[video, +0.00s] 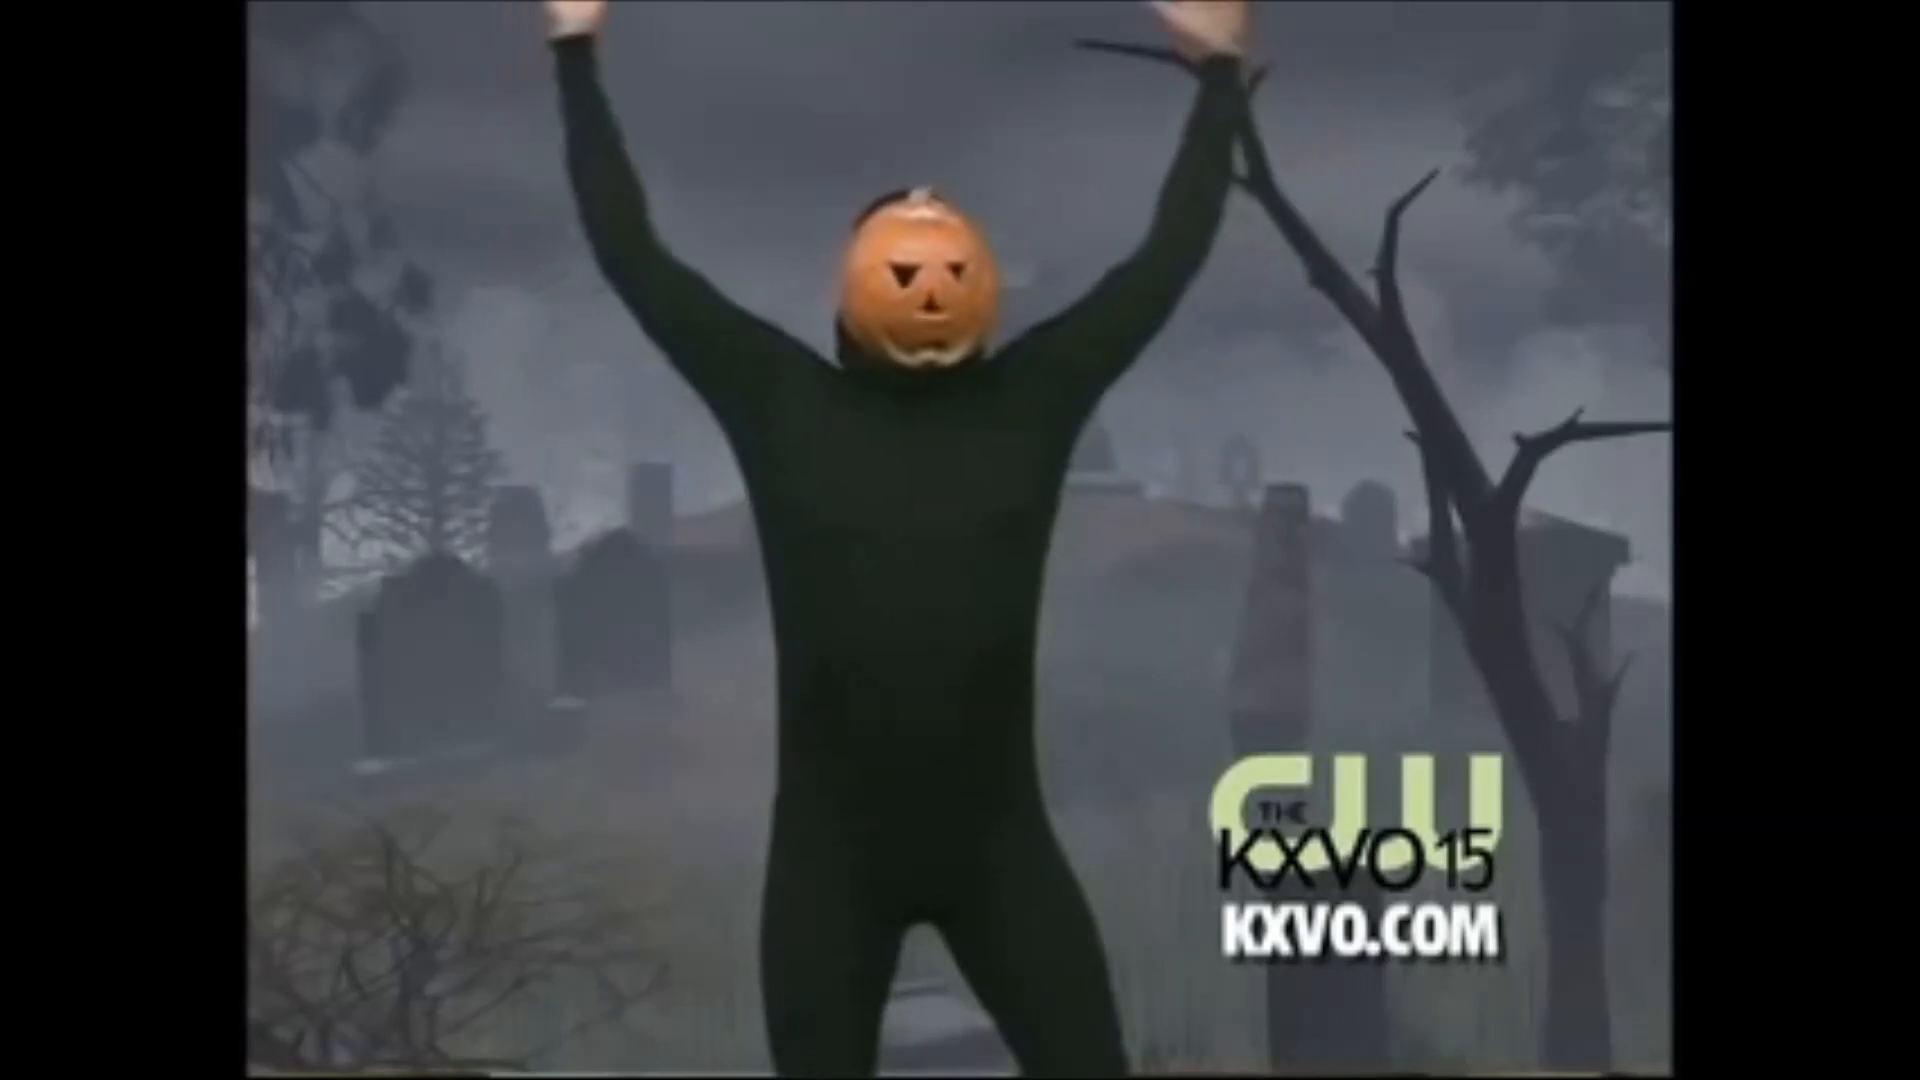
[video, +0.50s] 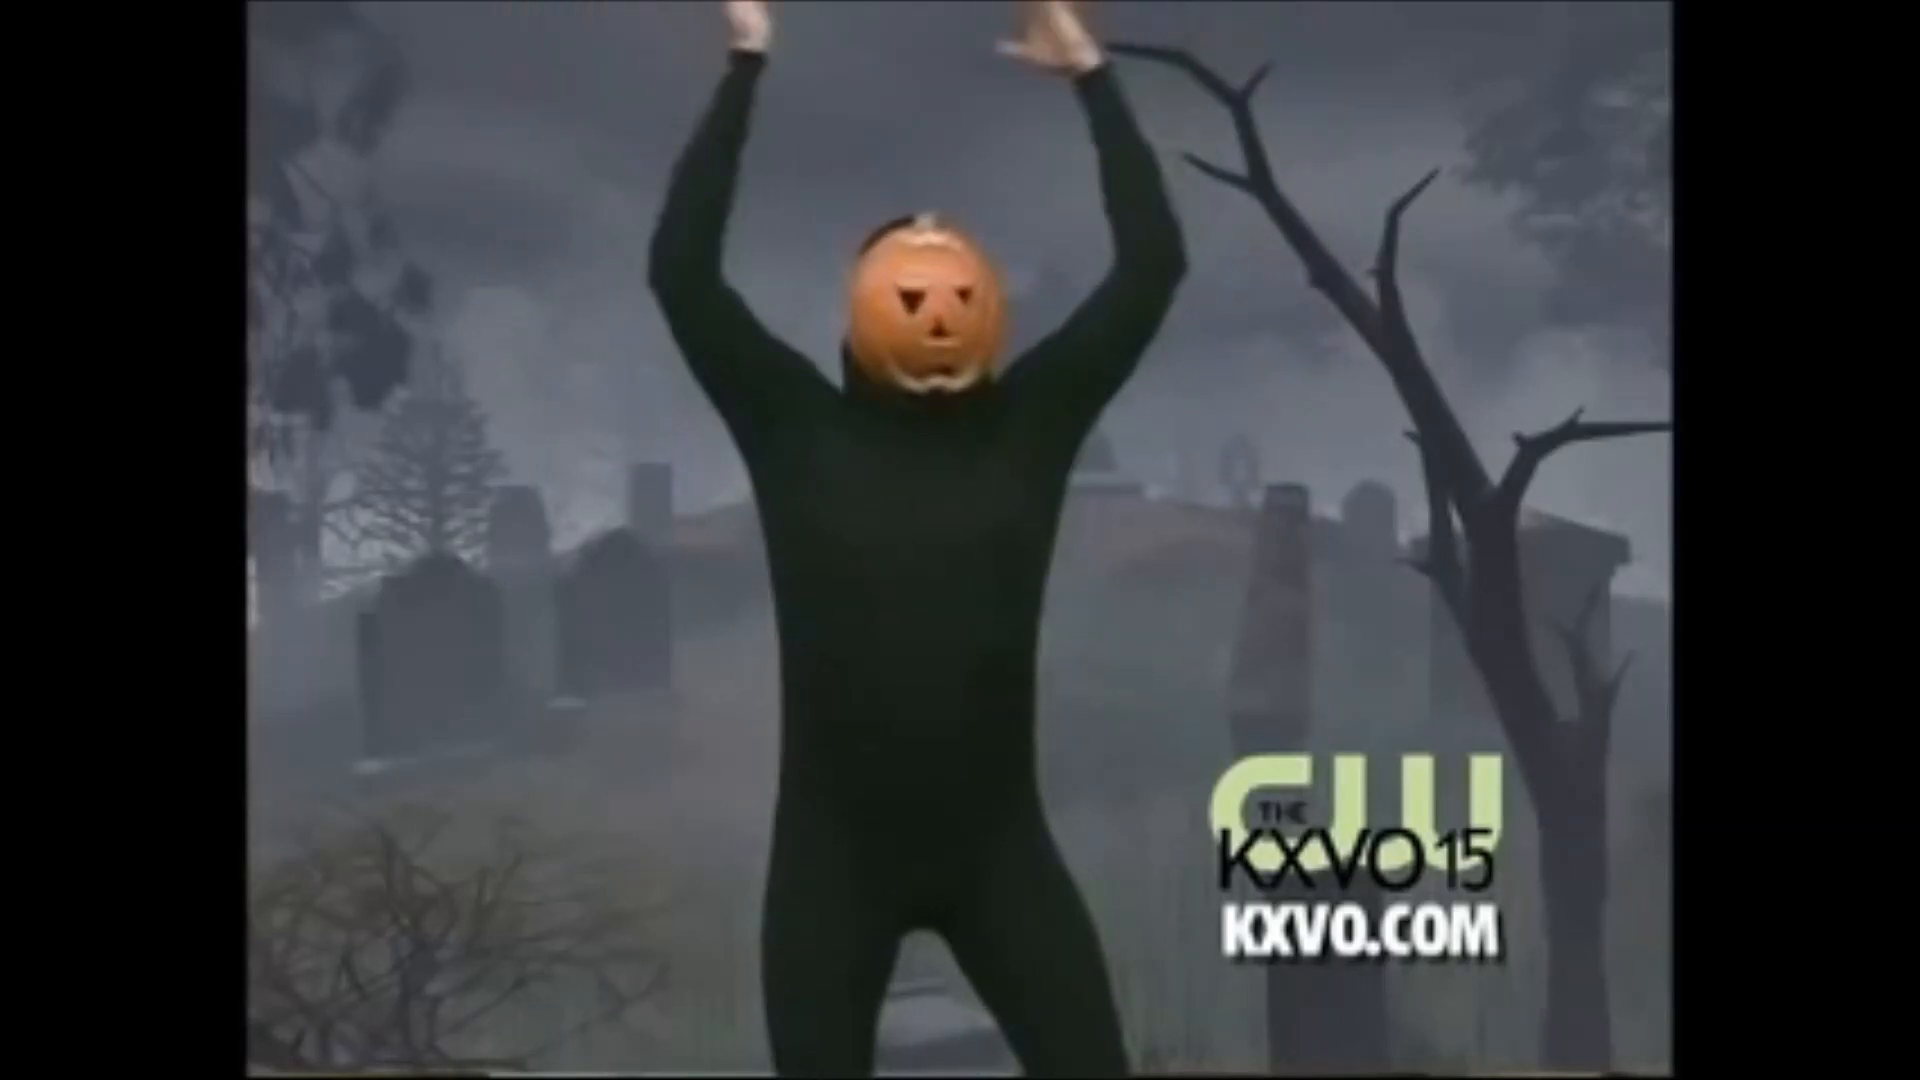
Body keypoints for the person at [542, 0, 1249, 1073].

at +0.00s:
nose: (928, 284)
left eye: (953, 270)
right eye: (897, 267)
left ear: (991, 303)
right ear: (843, 302)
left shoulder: (1035, 399)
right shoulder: (777, 400)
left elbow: (1168, 258)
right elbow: (630, 253)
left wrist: (1223, 70)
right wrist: (574, 50)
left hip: (998, 837)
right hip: (830, 843)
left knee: (1088, 1064)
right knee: (818, 1067)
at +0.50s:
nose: (934, 298)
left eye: (960, 286)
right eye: (901, 284)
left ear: (998, 328)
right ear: (853, 330)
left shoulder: (1033, 425)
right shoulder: (791, 422)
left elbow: (1151, 260)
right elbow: (682, 267)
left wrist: (1090, 71)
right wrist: (744, 62)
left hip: (999, 845)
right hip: (831, 851)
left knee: (1091, 1066)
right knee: (817, 1066)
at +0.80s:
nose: (939, 324)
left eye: (965, 309)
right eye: (906, 305)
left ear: (1001, 350)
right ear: (854, 350)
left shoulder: (1037, 446)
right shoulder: (794, 449)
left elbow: (1163, 303)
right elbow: (675, 312)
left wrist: (1064, 137)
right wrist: (797, 125)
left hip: (997, 852)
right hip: (832, 857)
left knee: (1090, 1067)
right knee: (818, 1068)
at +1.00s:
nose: (941, 337)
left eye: (967, 319)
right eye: (908, 318)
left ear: (1005, 355)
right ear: (857, 357)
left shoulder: (1044, 455)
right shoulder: (792, 456)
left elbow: (1189, 329)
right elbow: (657, 336)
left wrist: (1085, 179)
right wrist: (790, 161)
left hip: (997, 853)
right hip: (833, 857)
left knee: (1087, 1065)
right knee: (821, 1067)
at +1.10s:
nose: (945, 337)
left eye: (969, 321)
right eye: (913, 321)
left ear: (1004, 352)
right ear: (858, 357)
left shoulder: (1046, 461)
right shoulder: (791, 460)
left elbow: (1202, 338)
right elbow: (643, 349)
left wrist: (1106, 195)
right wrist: (757, 190)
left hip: (997, 854)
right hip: (834, 859)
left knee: (1085, 1065)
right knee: (822, 1067)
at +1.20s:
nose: (943, 341)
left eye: (968, 321)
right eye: (911, 321)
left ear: (1004, 356)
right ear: (859, 357)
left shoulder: (1048, 462)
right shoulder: (787, 463)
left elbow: (1211, 350)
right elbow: (631, 365)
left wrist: (1127, 211)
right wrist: (732, 206)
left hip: (997, 856)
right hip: (835, 861)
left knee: (1085, 1066)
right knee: (824, 1066)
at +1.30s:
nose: (943, 345)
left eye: (967, 328)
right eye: (911, 326)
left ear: (1002, 360)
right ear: (858, 357)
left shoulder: (1049, 463)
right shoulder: (786, 467)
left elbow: (1218, 361)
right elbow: (620, 380)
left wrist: (1148, 218)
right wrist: (707, 220)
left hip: (998, 859)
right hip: (835, 865)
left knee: (1084, 1065)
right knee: (825, 1067)